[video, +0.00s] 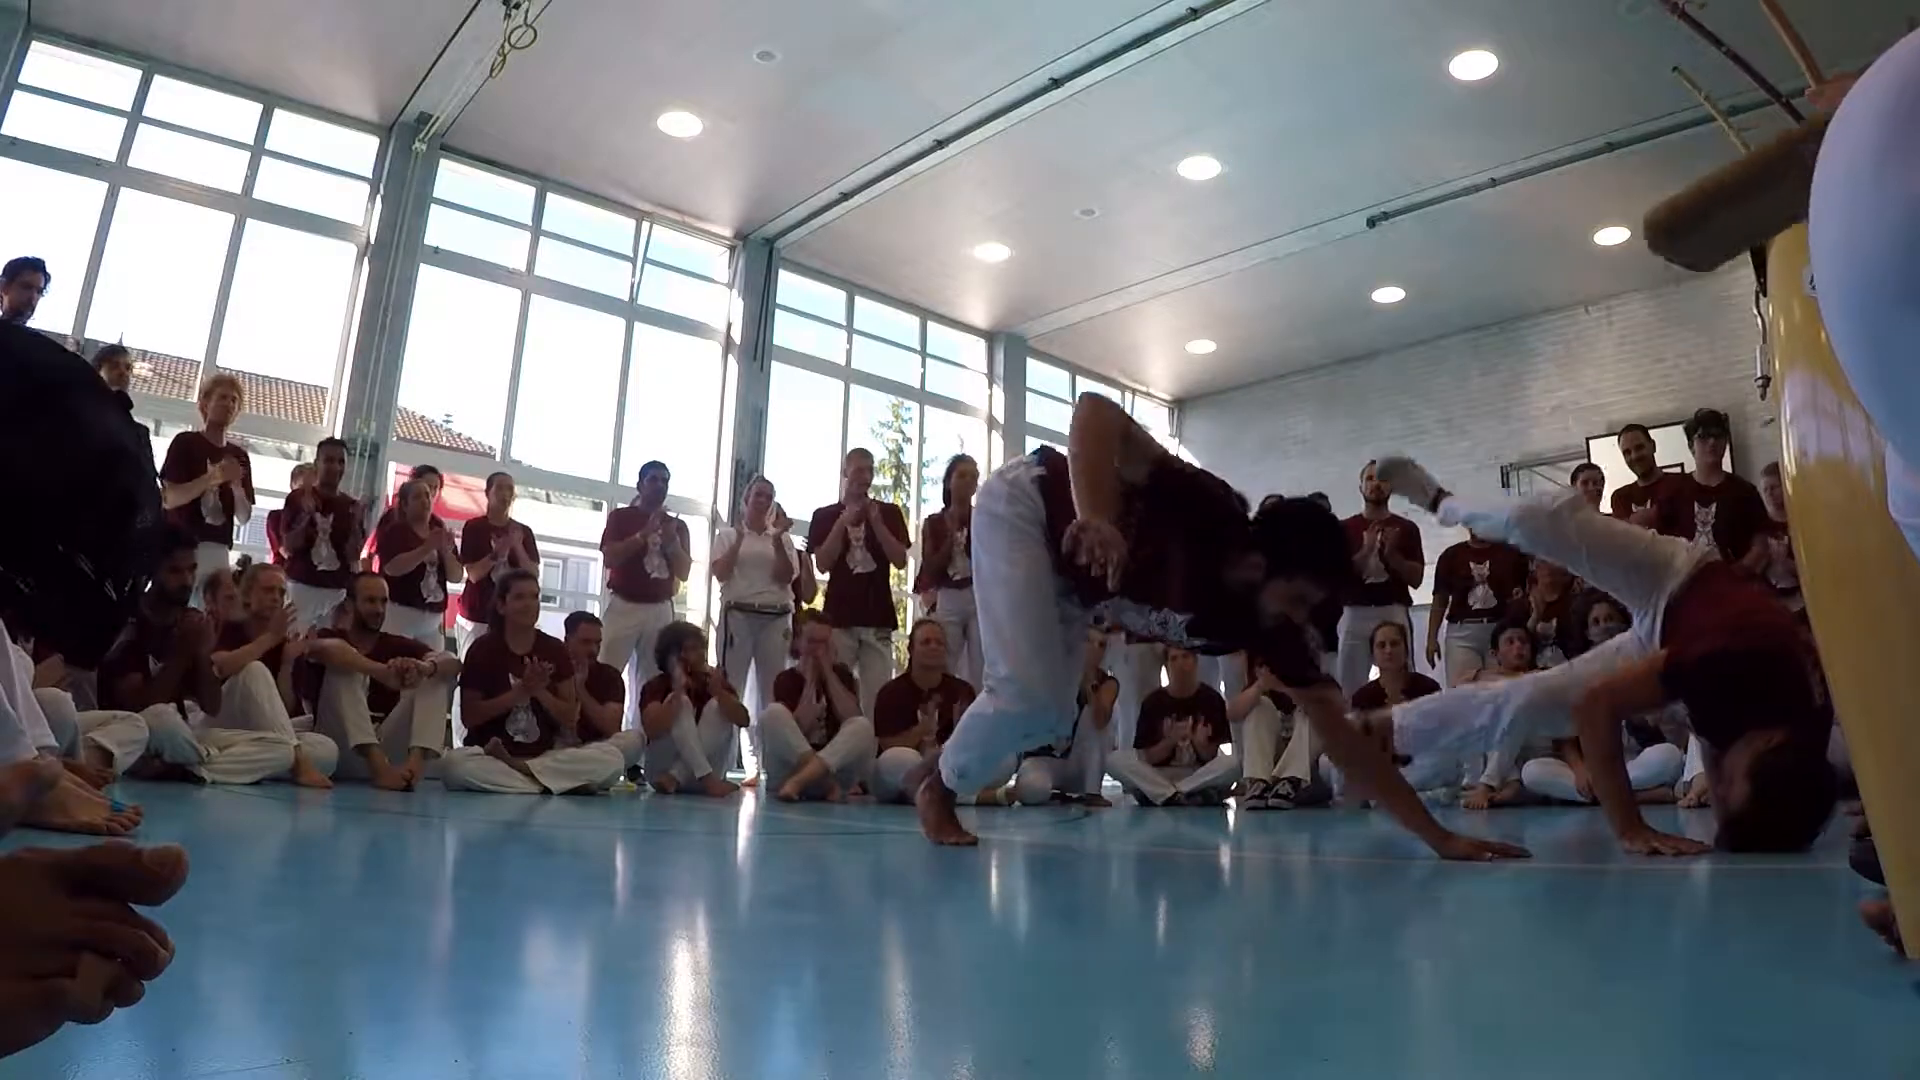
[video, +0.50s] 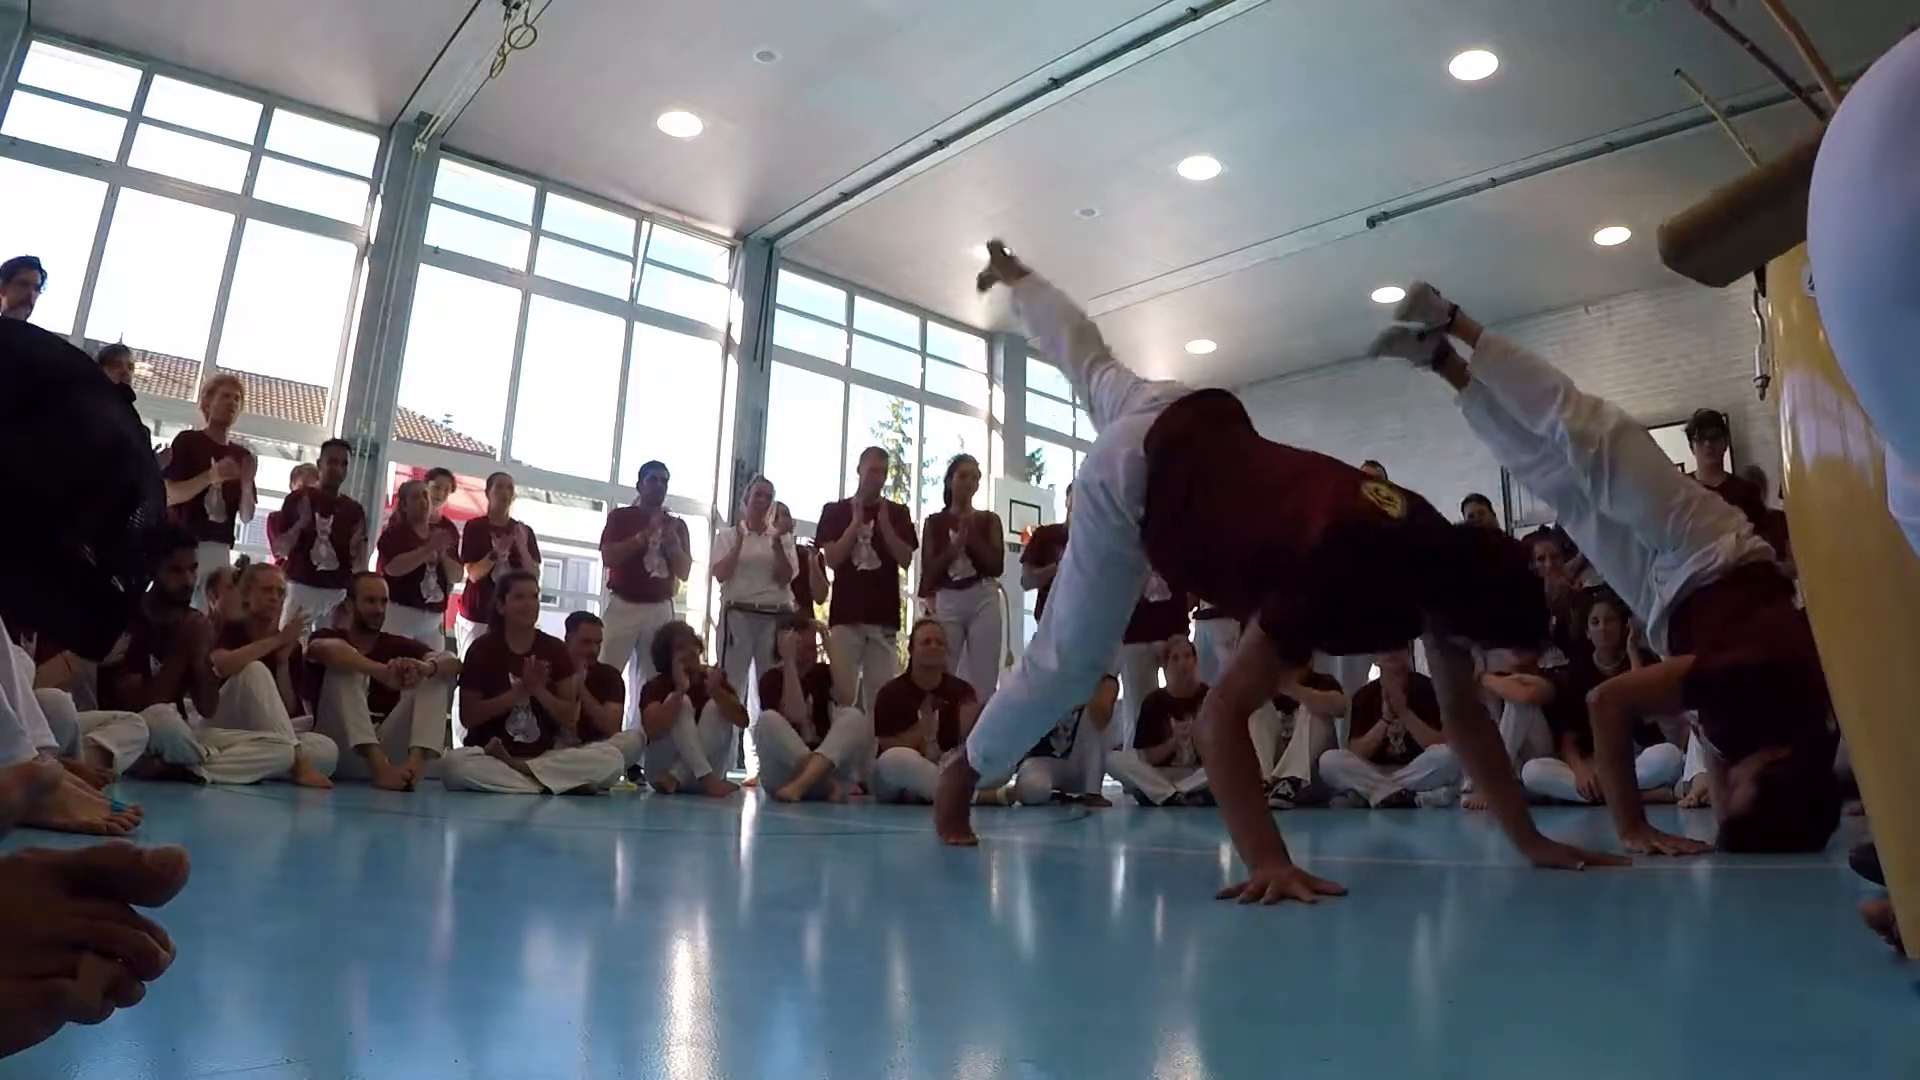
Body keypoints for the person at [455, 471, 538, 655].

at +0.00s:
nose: (504, 494)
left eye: (509, 489)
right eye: (499, 489)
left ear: (514, 495)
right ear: (488, 493)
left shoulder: (523, 532)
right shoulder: (473, 527)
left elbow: (533, 573)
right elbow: (473, 575)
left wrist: (518, 547)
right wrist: (496, 554)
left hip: (510, 619)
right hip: (474, 616)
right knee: (470, 680)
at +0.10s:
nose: (505, 494)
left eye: (509, 489)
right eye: (499, 489)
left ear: (514, 495)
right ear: (488, 492)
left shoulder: (524, 532)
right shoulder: (473, 527)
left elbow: (533, 573)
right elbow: (473, 574)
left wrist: (517, 550)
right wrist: (497, 553)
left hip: (510, 620)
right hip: (474, 616)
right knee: (470, 679)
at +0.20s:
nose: (505, 494)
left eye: (509, 489)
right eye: (499, 489)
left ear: (514, 495)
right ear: (488, 493)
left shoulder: (524, 532)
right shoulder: (473, 527)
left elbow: (533, 574)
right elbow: (472, 574)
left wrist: (515, 556)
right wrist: (497, 555)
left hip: (509, 620)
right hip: (474, 616)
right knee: (470, 679)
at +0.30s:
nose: (505, 493)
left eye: (509, 489)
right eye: (499, 488)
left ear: (514, 495)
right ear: (488, 493)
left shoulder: (524, 532)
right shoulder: (474, 527)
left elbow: (533, 574)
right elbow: (473, 574)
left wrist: (515, 556)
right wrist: (498, 554)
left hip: (510, 620)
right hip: (474, 616)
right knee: (470, 680)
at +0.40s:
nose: (505, 493)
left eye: (509, 489)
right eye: (499, 488)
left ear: (514, 495)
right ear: (488, 493)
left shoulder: (524, 532)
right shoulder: (474, 527)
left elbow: (534, 573)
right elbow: (473, 574)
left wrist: (520, 551)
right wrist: (496, 554)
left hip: (510, 620)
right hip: (474, 616)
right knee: (471, 680)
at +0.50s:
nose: (505, 492)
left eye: (509, 488)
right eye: (499, 487)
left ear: (514, 494)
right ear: (488, 493)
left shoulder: (524, 531)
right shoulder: (474, 527)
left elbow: (534, 573)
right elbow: (473, 574)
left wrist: (522, 548)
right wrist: (496, 553)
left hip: (510, 619)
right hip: (475, 615)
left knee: (504, 681)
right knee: (471, 679)